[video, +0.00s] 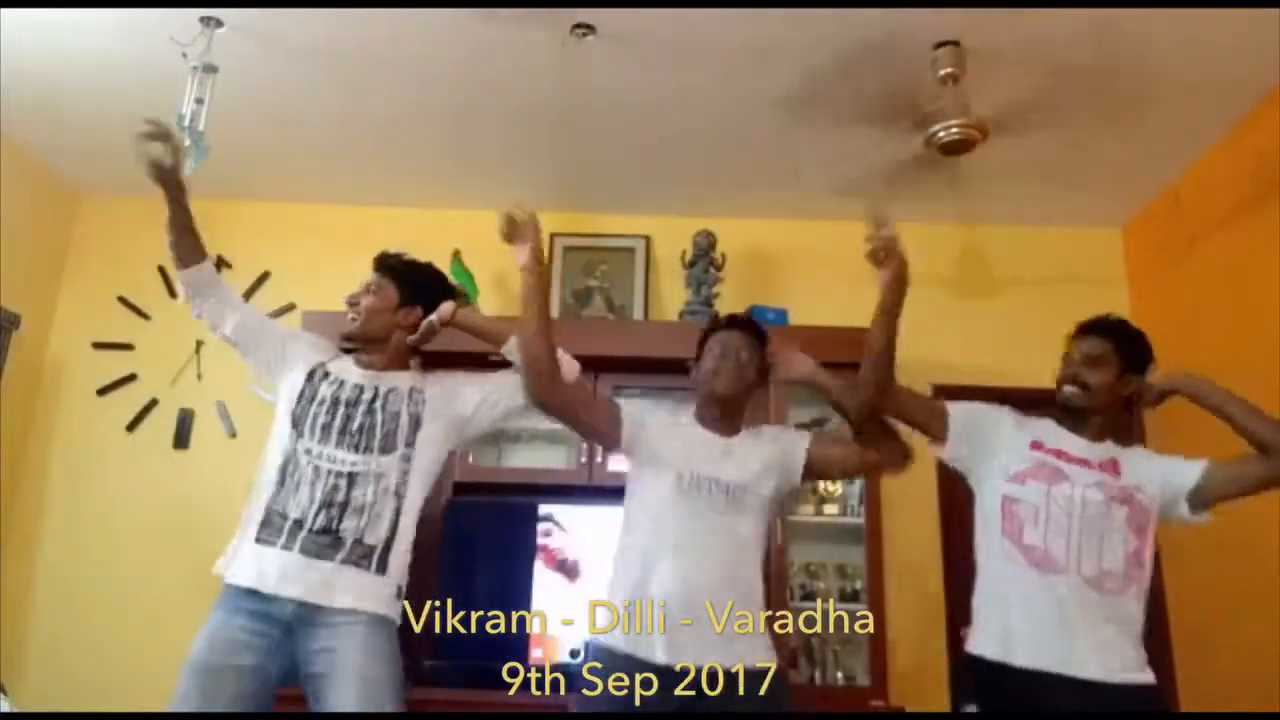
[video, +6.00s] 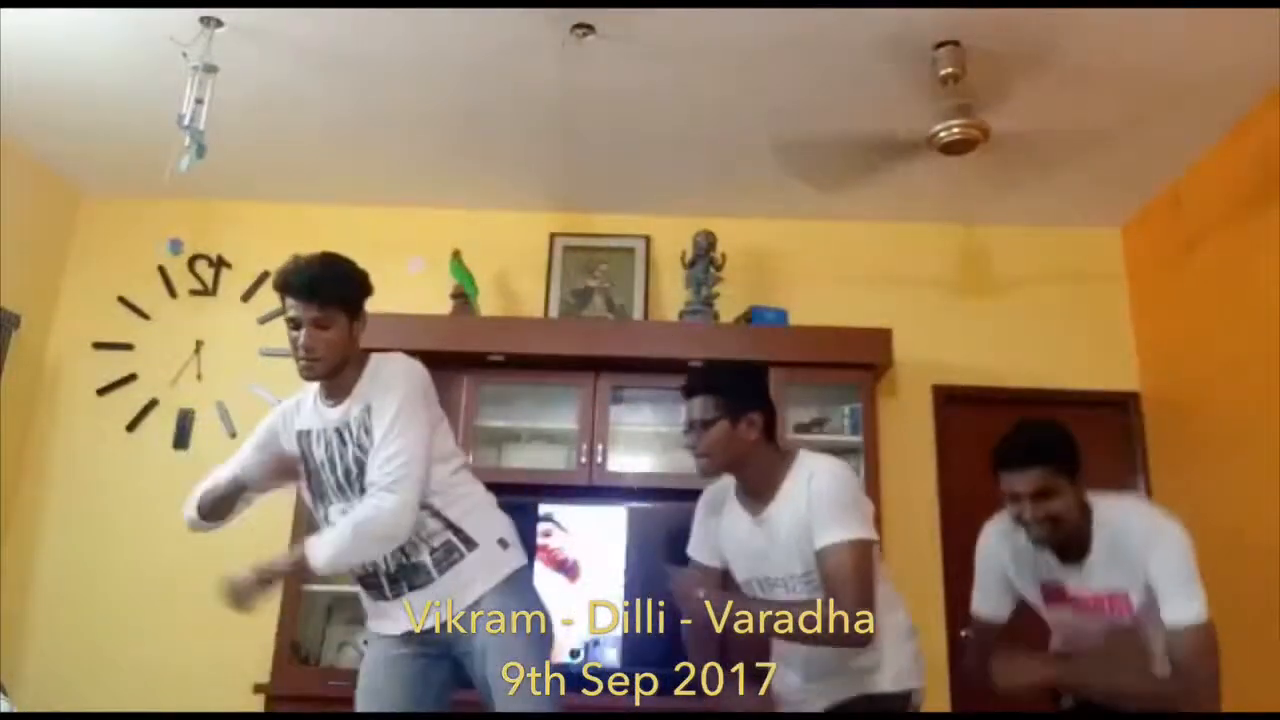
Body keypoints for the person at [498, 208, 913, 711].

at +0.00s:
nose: (722, 360)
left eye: (737, 354)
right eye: (714, 351)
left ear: (758, 376)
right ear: (694, 368)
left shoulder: (778, 449)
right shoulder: (646, 429)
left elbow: (889, 455)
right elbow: (545, 388)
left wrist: (818, 376)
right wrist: (532, 265)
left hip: (738, 677)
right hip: (630, 665)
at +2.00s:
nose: (604, 400)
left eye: (619, 387)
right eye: (605, 386)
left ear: (671, 393)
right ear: (647, 395)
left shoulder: (734, 462)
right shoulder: (611, 487)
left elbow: (801, 570)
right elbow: (526, 561)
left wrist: (908, 567)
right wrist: (434, 570)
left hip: (698, 695)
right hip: (600, 694)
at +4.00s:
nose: (714, 389)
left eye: (730, 382)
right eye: (706, 378)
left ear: (755, 399)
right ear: (692, 390)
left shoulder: (781, 465)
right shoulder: (647, 452)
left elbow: (892, 404)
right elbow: (570, 360)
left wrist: (787, 380)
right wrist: (543, 247)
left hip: (761, 689)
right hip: (655, 687)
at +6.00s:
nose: (690, 441)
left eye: (702, 426)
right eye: (689, 428)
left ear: (750, 427)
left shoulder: (827, 481)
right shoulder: (714, 503)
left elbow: (854, 626)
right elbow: (702, 621)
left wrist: (735, 610)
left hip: (869, 683)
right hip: (792, 687)